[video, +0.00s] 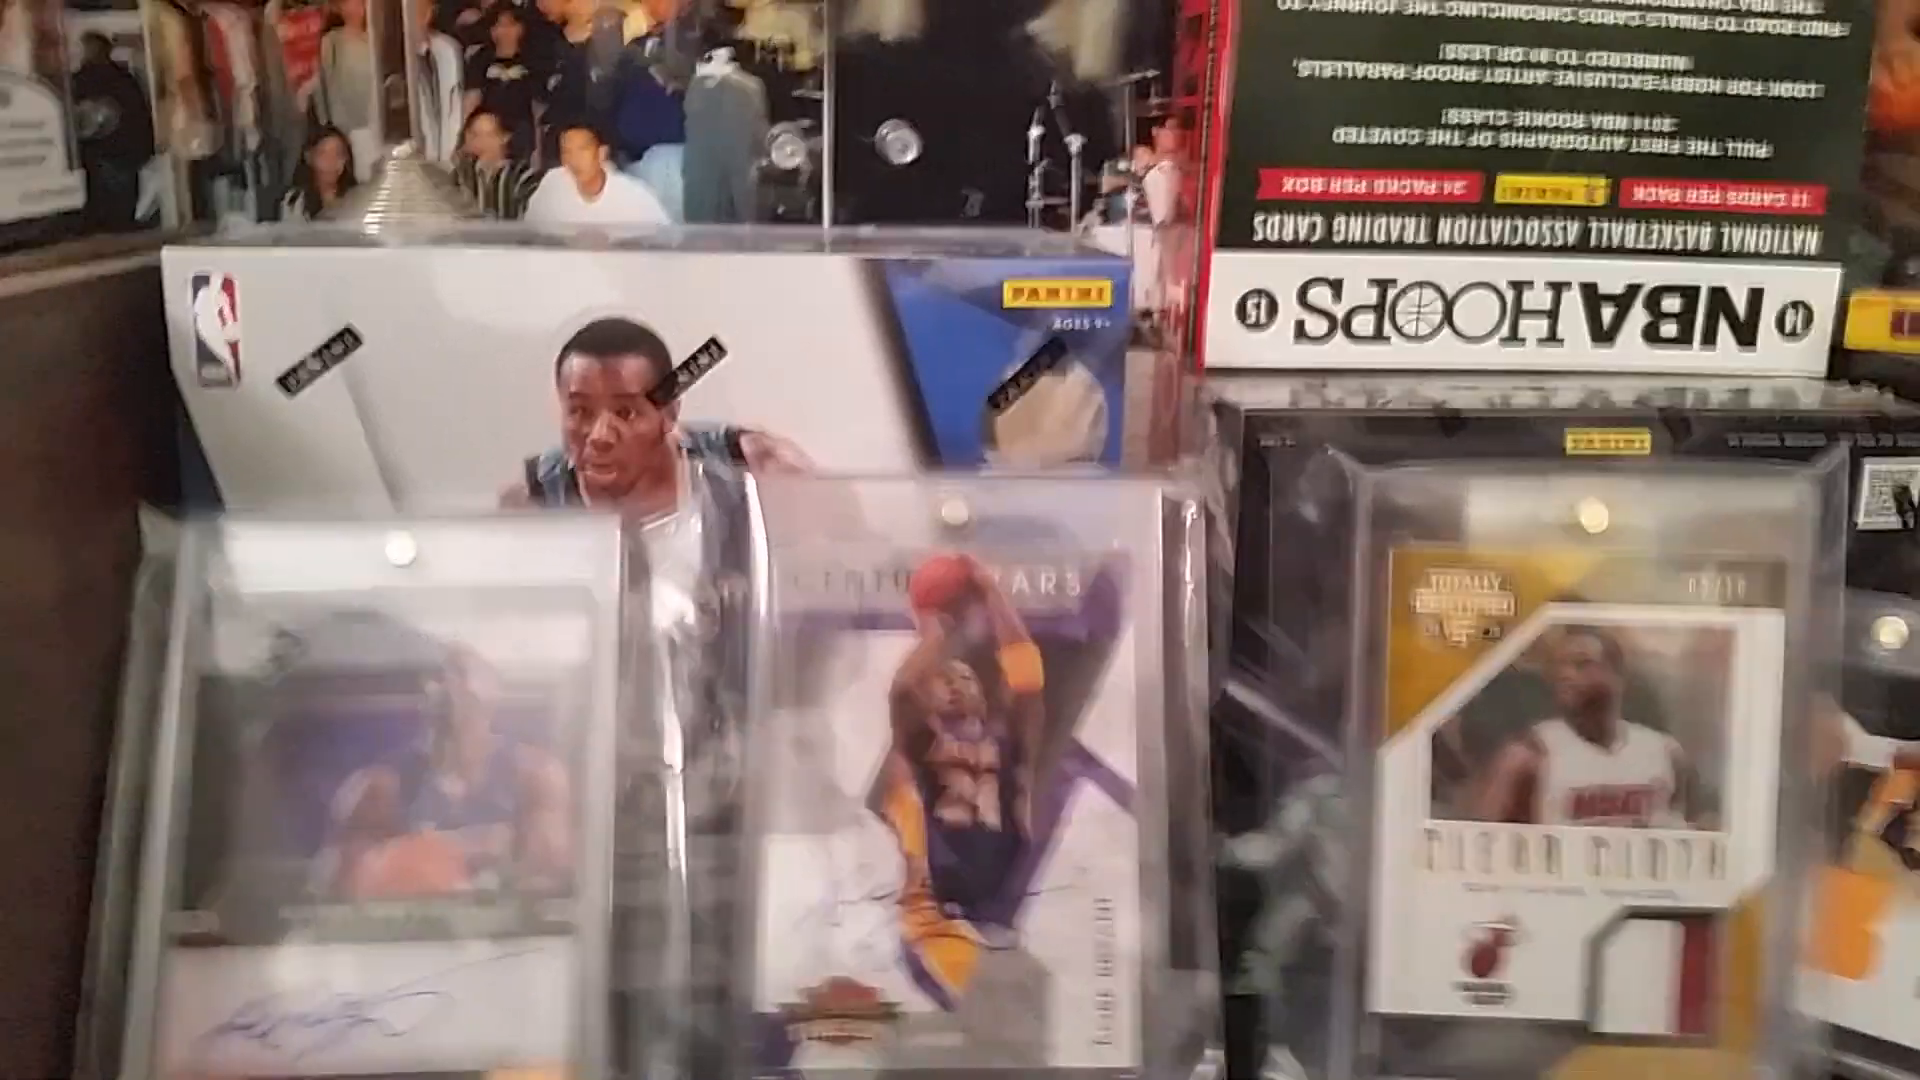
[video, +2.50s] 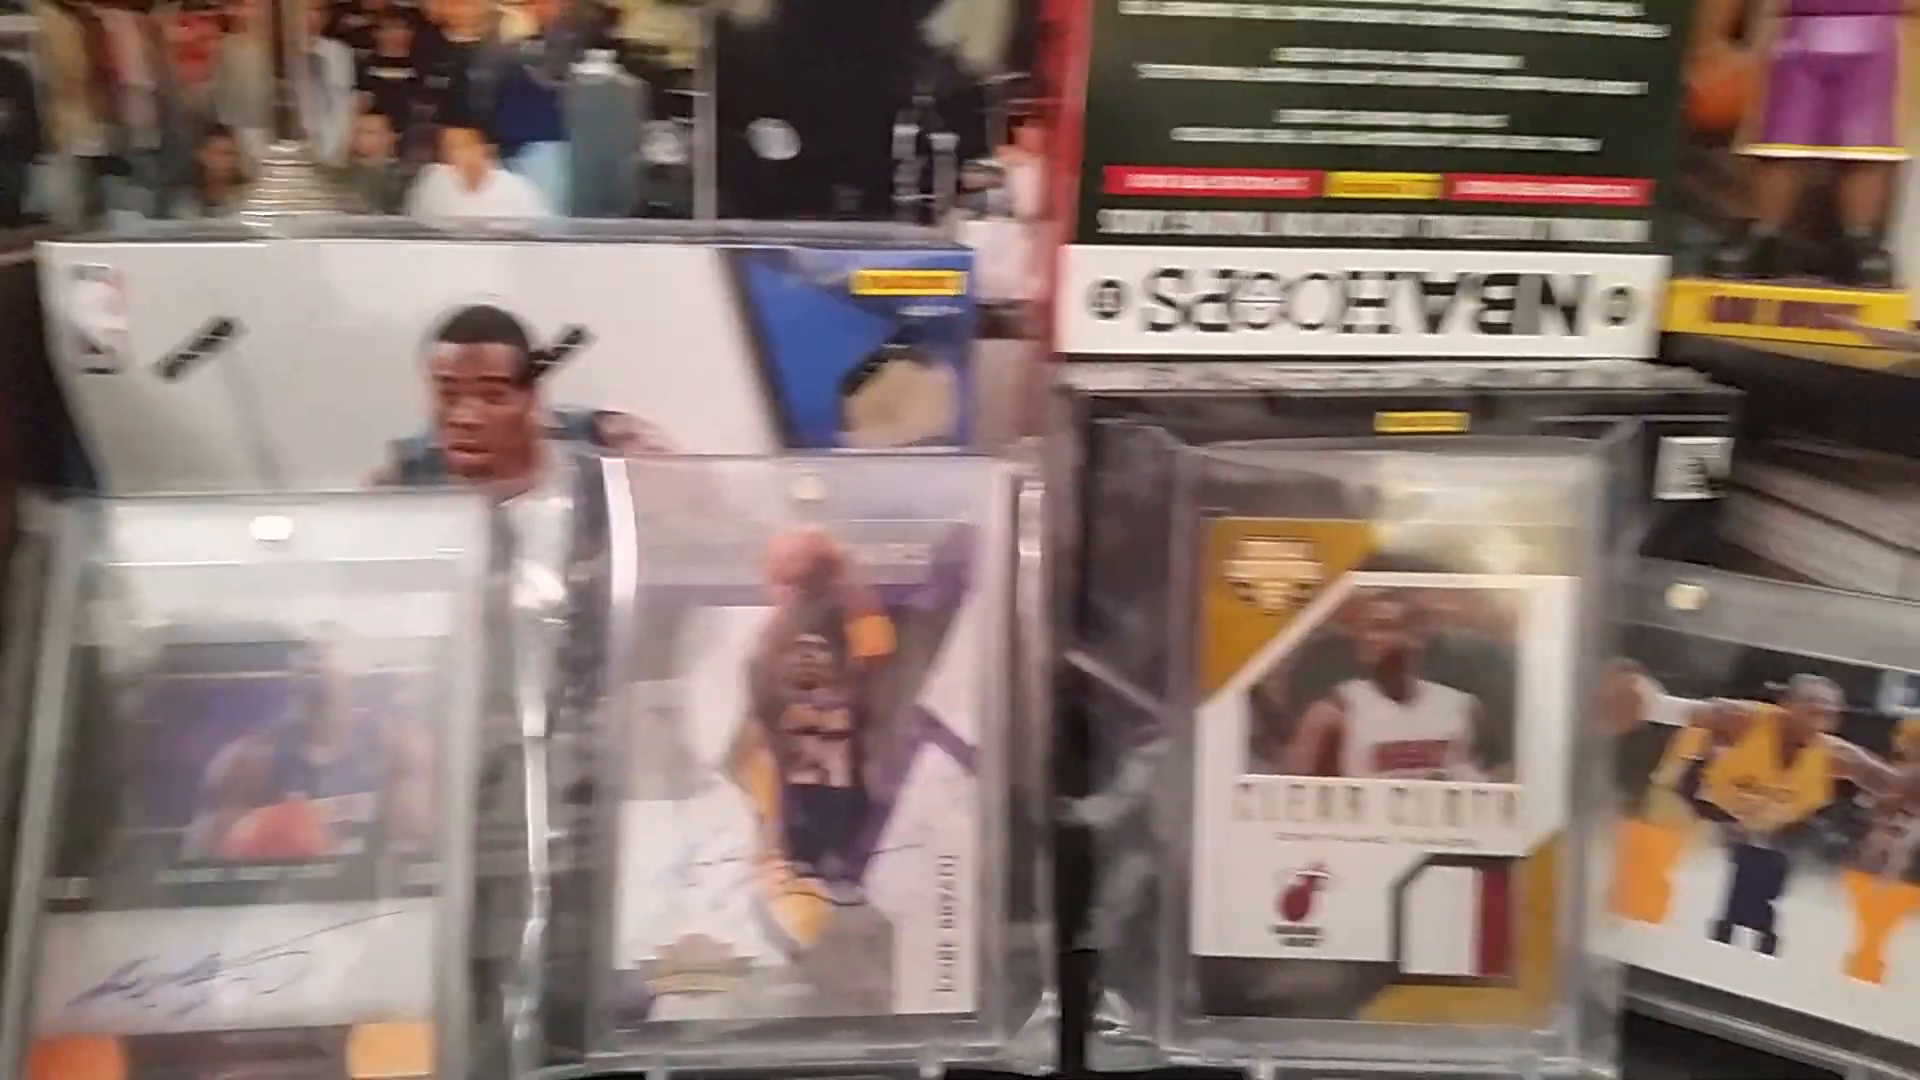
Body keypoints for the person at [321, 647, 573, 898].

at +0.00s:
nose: (439, 689)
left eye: (456, 676)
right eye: (433, 678)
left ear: (488, 698)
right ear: (423, 699)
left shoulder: (538, 775)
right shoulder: (377, 787)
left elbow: (548, 878)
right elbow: (336, 888)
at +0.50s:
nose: (318, 665)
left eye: (336, 656)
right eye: (308, 657)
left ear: (364, 677)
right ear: (294, 676)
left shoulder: (409, 759)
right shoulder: (248, 775)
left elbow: (423, 871)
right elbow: (202, 896)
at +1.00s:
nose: (312, 663)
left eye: (329, 653)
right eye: (302, 654)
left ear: (358, 672)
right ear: (289, 671)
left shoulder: (403, 752)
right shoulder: (245, 769)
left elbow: (417, 864)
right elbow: (196, 889)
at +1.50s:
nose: (351, 654)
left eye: (369, 646)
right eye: (343, 645)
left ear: (398, 663)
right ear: (330, 661)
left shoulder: (442, 743)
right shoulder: (286, 757)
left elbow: (455, 849)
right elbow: (238, 869)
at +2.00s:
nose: (431, 644)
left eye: (448, 632)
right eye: (422, 632)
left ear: (471, 651)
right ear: (409, 647)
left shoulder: (517, 730)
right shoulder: (369, 741)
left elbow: (531, 825)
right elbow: (321, 846)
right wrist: (388, 820)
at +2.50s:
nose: (315, 682)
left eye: (327, 670)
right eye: (304, 671)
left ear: (355, 679)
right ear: (290, 681)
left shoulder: (401, 747)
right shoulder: (243, 762)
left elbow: (412, 846)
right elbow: (199, 851)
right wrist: (269, 834)